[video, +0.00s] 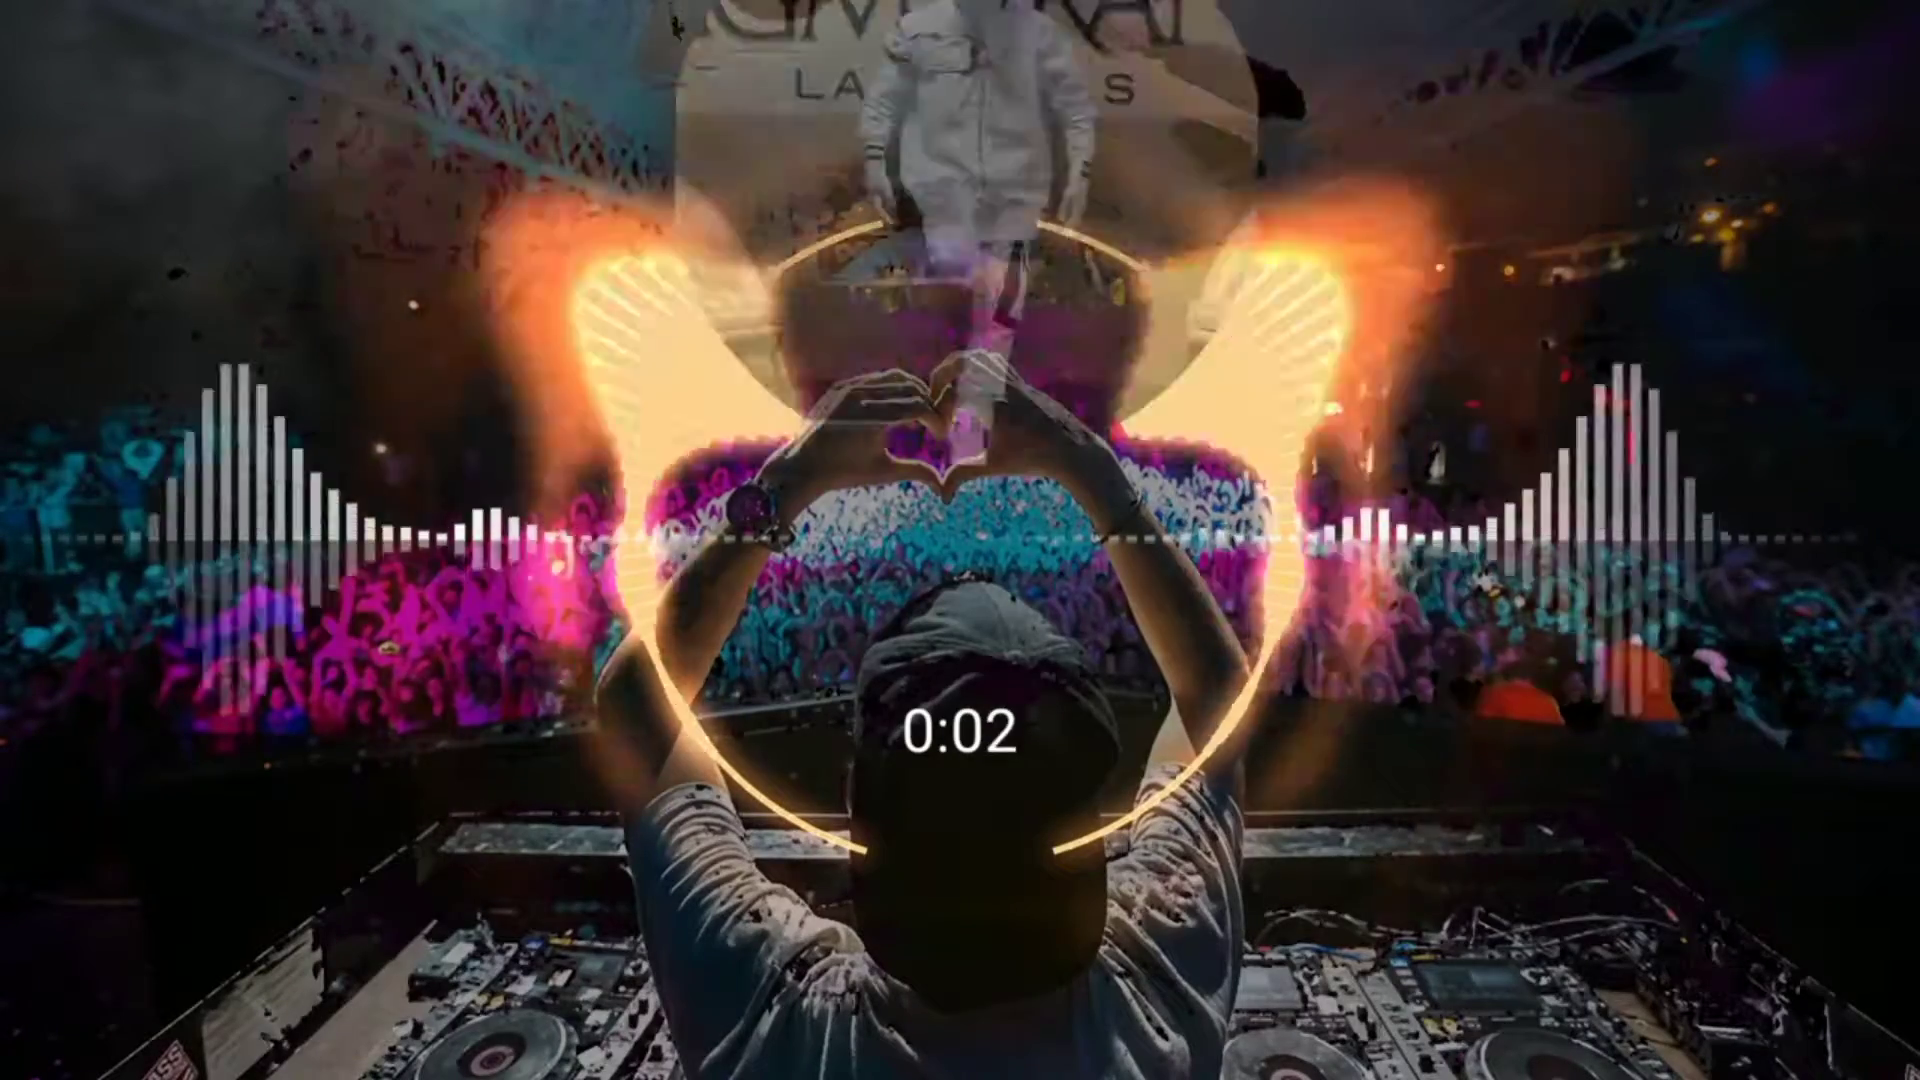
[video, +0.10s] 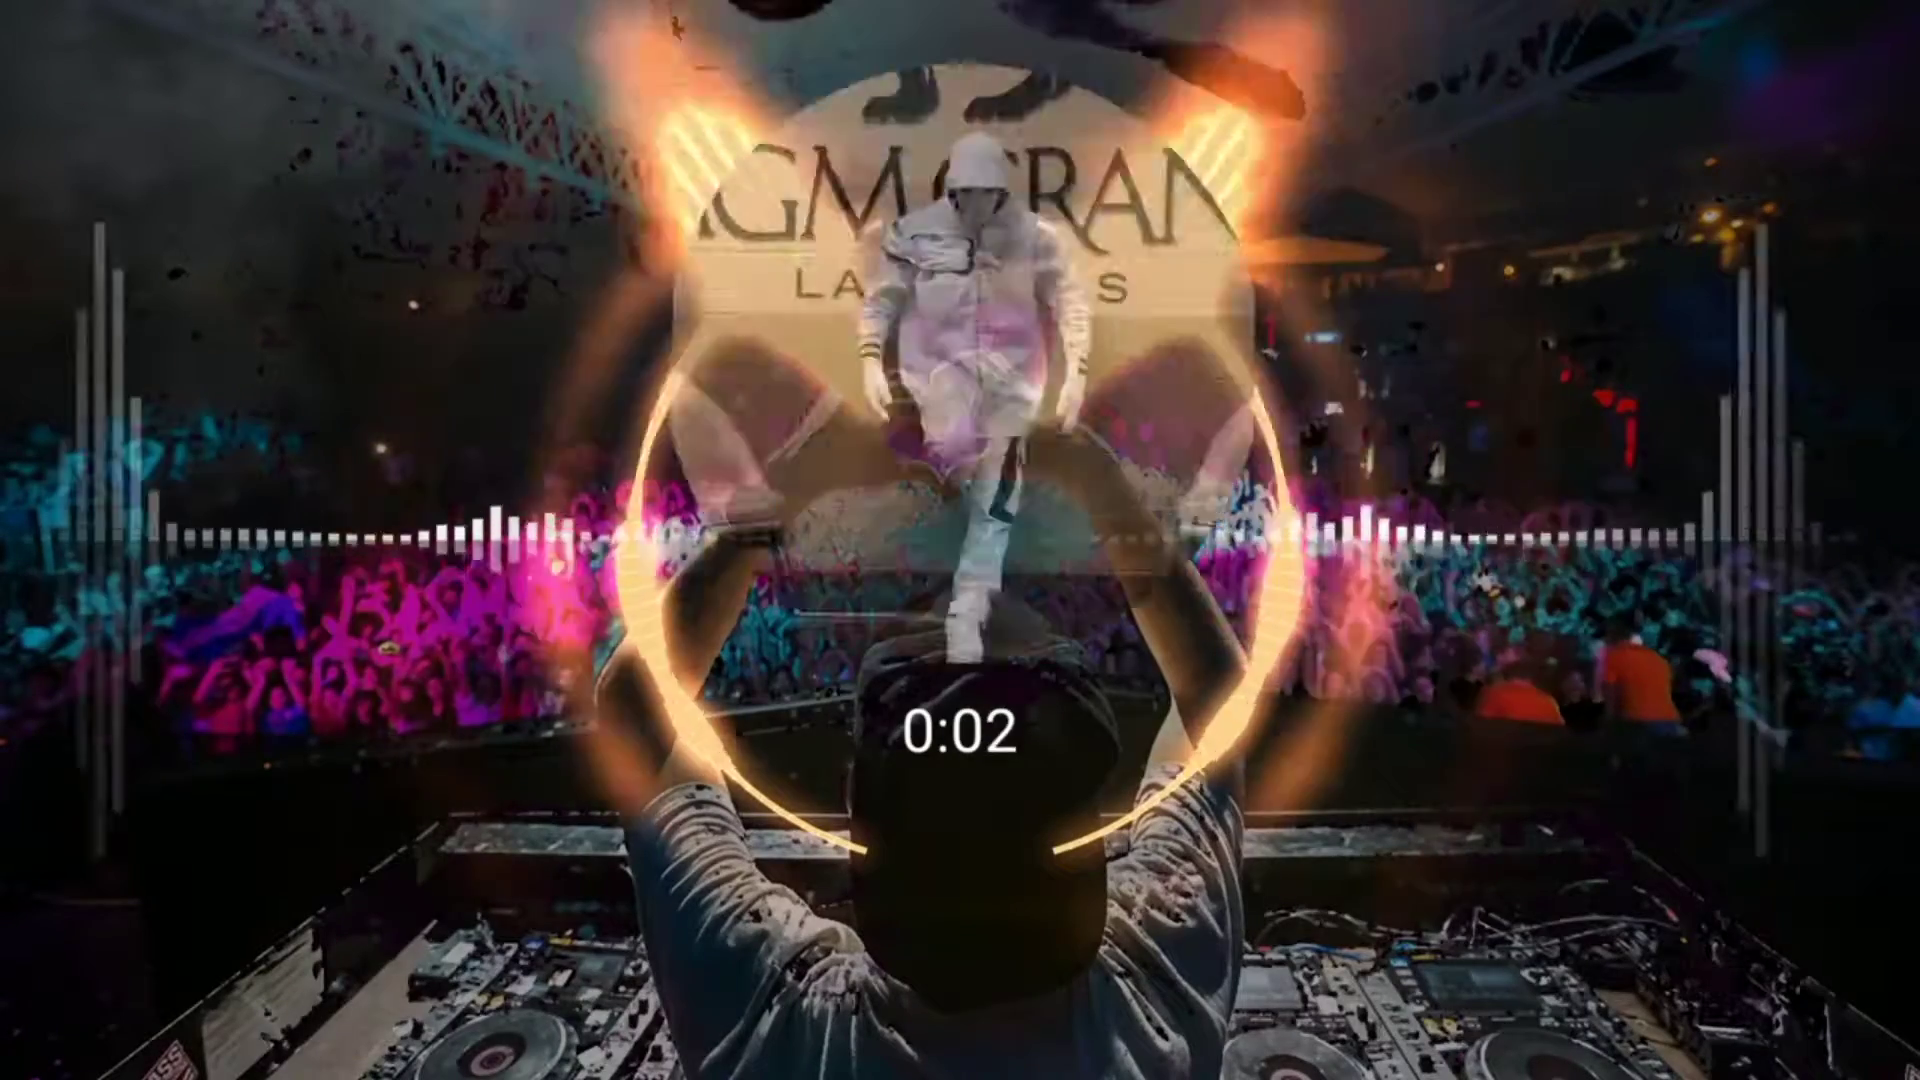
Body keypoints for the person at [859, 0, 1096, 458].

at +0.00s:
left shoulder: (1038, 30)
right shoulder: (919, 26)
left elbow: (1077, 110)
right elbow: (882, 101)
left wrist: (1077, 178)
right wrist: (876, 167)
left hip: (1017, 189)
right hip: (939, 186)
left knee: (999, 310)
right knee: (957, 300)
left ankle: (972, 419)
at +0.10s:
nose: (972, 207)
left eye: (985, 195)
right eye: (962, 194)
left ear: (1004, 194)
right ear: (949, 190)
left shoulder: (1040, 239)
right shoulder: (911, 236)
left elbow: (1070, 315)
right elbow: (880, 303)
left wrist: (1068, 390)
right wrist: (874, 364)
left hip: (1011, 372)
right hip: (936, 368)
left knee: (995, 498)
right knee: (951, 446)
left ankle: (967, 620)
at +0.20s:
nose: (975, 311)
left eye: (985, 301)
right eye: (966, 302)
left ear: (1000, 302)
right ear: (951, 301)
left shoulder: (1030, 347)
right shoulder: (915, 346)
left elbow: (1067, 417)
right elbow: (883, 413)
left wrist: (1072, 483)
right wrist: (873, 472)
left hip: (1010, 488)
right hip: (938, 482)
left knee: (994, 605)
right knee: (947, 559)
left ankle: (968, 716)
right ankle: (982, 601)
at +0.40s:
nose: (974, 365)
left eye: (985, 356)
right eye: (965, 355)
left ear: (998, 361)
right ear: (950, 359)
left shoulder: (1028, 417)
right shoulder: (918, 414)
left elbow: (1059, 486)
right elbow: (897, 487)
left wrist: (1060, 550)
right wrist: (893, 546)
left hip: (1005, 549)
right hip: (938, 541)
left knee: (991, 664)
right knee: (946, 615)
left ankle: (963, 772)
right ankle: (978, 656)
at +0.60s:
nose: (969, 370)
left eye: (978, 361)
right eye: (960, 361)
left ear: (991, 366)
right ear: (945, 366)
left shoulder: (1019, 418)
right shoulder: (932, 416)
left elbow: (1040, 492)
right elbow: (914, 410)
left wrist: (1037, 557)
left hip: (999, 544)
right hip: (943, 536)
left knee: (987, 658)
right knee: (945, 610)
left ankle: (963, 760)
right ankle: (975, 644)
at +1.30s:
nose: (957, 346)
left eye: (966, 337)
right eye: (948, 337)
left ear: (980, 341)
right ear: (935, 342)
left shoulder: (1007, 404)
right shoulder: (910, 390)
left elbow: (1019, 479)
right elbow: (914, 440)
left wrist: (1011, 535)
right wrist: (983, 439)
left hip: (989, 543)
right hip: (931, 539)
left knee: (980, 657)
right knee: (937, 632)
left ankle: (963, 759)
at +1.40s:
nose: (957, 345)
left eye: (966, 336)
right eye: (948, 336)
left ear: (982, 342)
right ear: (935, 341)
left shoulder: (1007, 400)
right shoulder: (911, 384)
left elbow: (1020, 475)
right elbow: (884, 421)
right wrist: (948, 433)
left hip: (985, 548)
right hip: (926, 545)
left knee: (974, 664)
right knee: (931, 643)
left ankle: (954, 765)